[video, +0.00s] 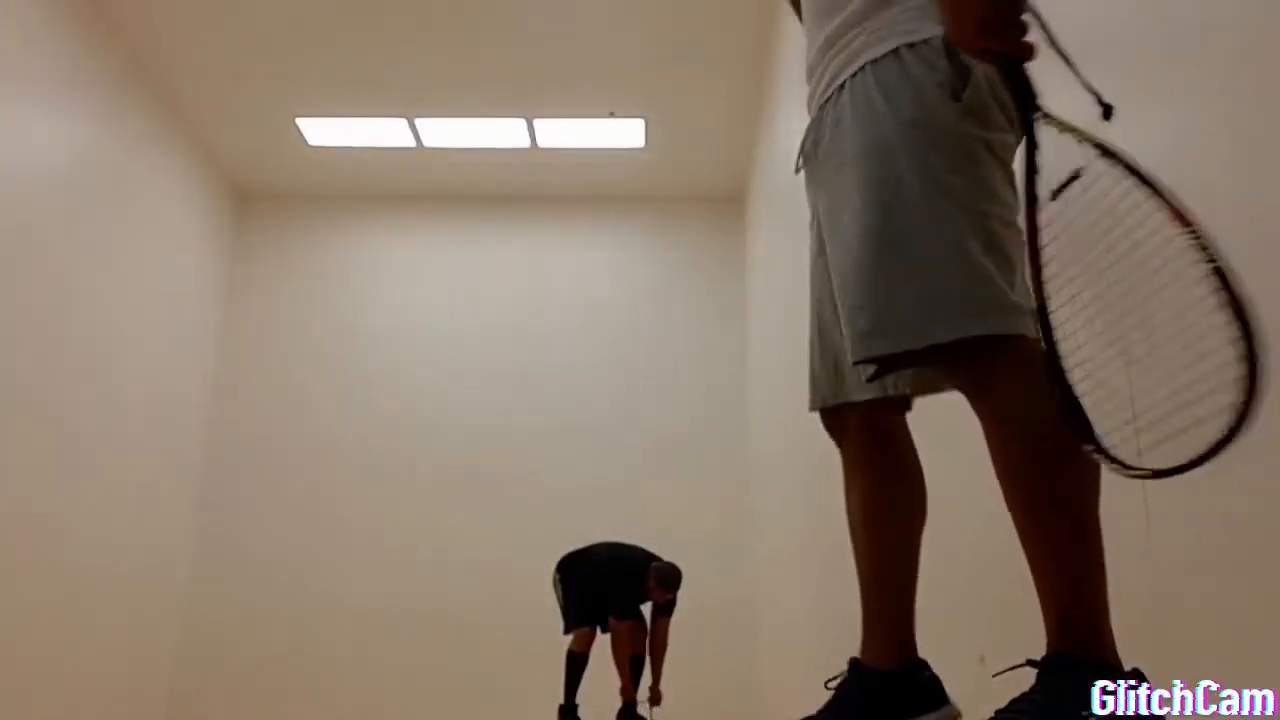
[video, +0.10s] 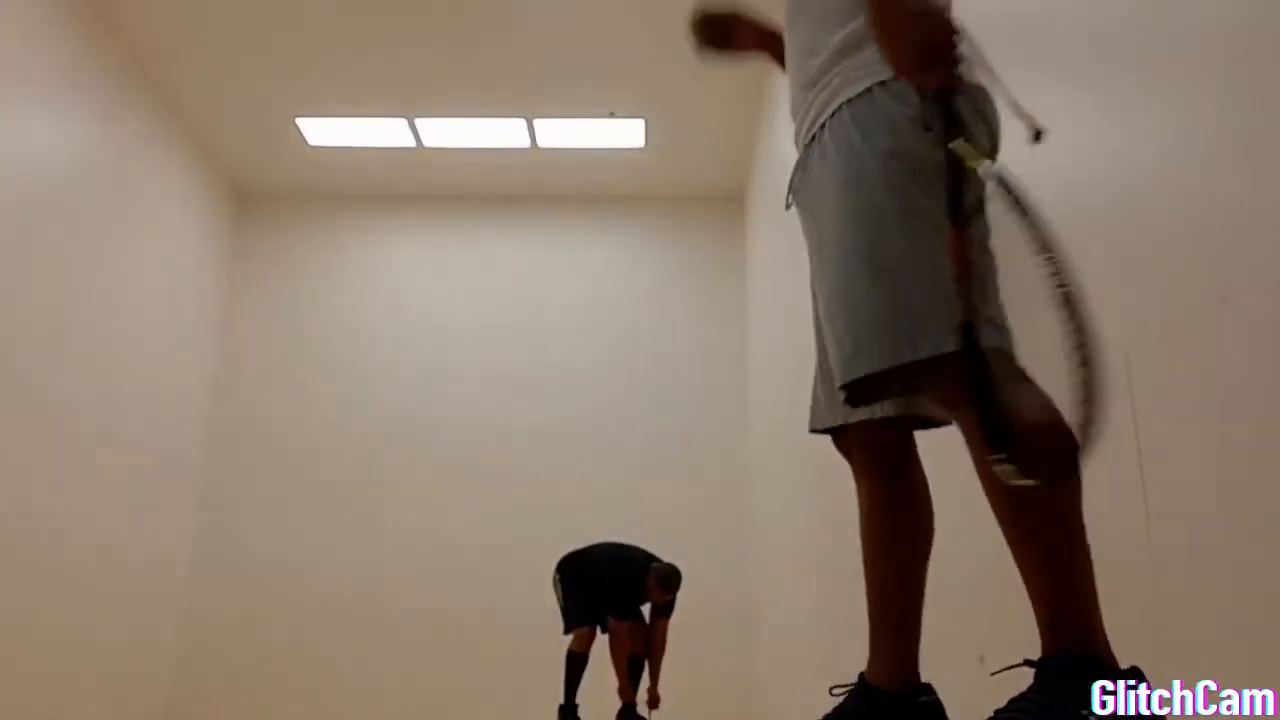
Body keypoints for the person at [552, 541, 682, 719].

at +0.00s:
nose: (663, 601)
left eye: (668, 597)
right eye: (660, 595)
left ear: (673, 591)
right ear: (651, 584)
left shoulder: (668, 588)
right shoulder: (624, 583)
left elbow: (659, 636)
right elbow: (619, 637)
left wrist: (655, 684)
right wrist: (625, 684)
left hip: (608, 577)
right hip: (573, 577)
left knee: (638, 632)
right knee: (584, 633)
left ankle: (629, 707)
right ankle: (568, 706)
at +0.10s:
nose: (661, 602)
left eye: (666, 598)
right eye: (660, 596)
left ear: (672, 592)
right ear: (651, 584)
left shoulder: (667, 588)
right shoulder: (624, 583)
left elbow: (658, 636)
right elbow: (617, 637)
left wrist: (653, 686)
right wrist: (623, 684)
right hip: (572, 576)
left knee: (639, 635)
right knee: (584, 633)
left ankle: (628, 708)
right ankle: (568, 706)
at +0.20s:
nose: (661, 602)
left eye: (666, 598)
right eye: (659, 596)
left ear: (672, 592)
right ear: (651, 584)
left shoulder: (667, 588)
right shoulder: (624, 584)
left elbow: (658, 636)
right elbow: (617, 640)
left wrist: (652, 685)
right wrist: (622, 685)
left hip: (608, 576)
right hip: (572, 576)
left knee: (639, 636)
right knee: (584, 633)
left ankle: (628, 707)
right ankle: (568, 706)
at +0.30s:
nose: (661, 602)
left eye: (666, 598)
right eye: (659, 596)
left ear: (672, 592)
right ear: (651, 584)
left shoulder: (667, 588)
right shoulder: (624, 585)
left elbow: (658, 637)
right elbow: (616, 640)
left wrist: (651, 685)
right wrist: (621, 684)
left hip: (608, 575)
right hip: (573, 576)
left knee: (639, 636)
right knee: (584, 633)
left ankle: (629, 707)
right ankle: (568, 706)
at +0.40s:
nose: (661, 600)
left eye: (666, 596)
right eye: (659, 594)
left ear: (672, 591)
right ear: (651, 584)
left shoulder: (668, 587)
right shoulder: (624, 584)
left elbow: (658, 636)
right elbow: (617, 638)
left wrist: (649, 686)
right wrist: (622, 684)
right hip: (573, 576)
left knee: (640, 635)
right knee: (584, 633)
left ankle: (629, 706)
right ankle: (568, 706)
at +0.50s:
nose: (662, 598)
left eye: (667, 594)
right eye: (660, 592)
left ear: (673, 590)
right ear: (652, 582)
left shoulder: (668, 587)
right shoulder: (624, 582)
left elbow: (659, 636)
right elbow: (617, 637)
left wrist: (649, 686)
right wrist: (623, 683)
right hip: (573, 576)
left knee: (640, 637)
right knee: (584, 633)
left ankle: (629, 707)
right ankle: (568, 706)